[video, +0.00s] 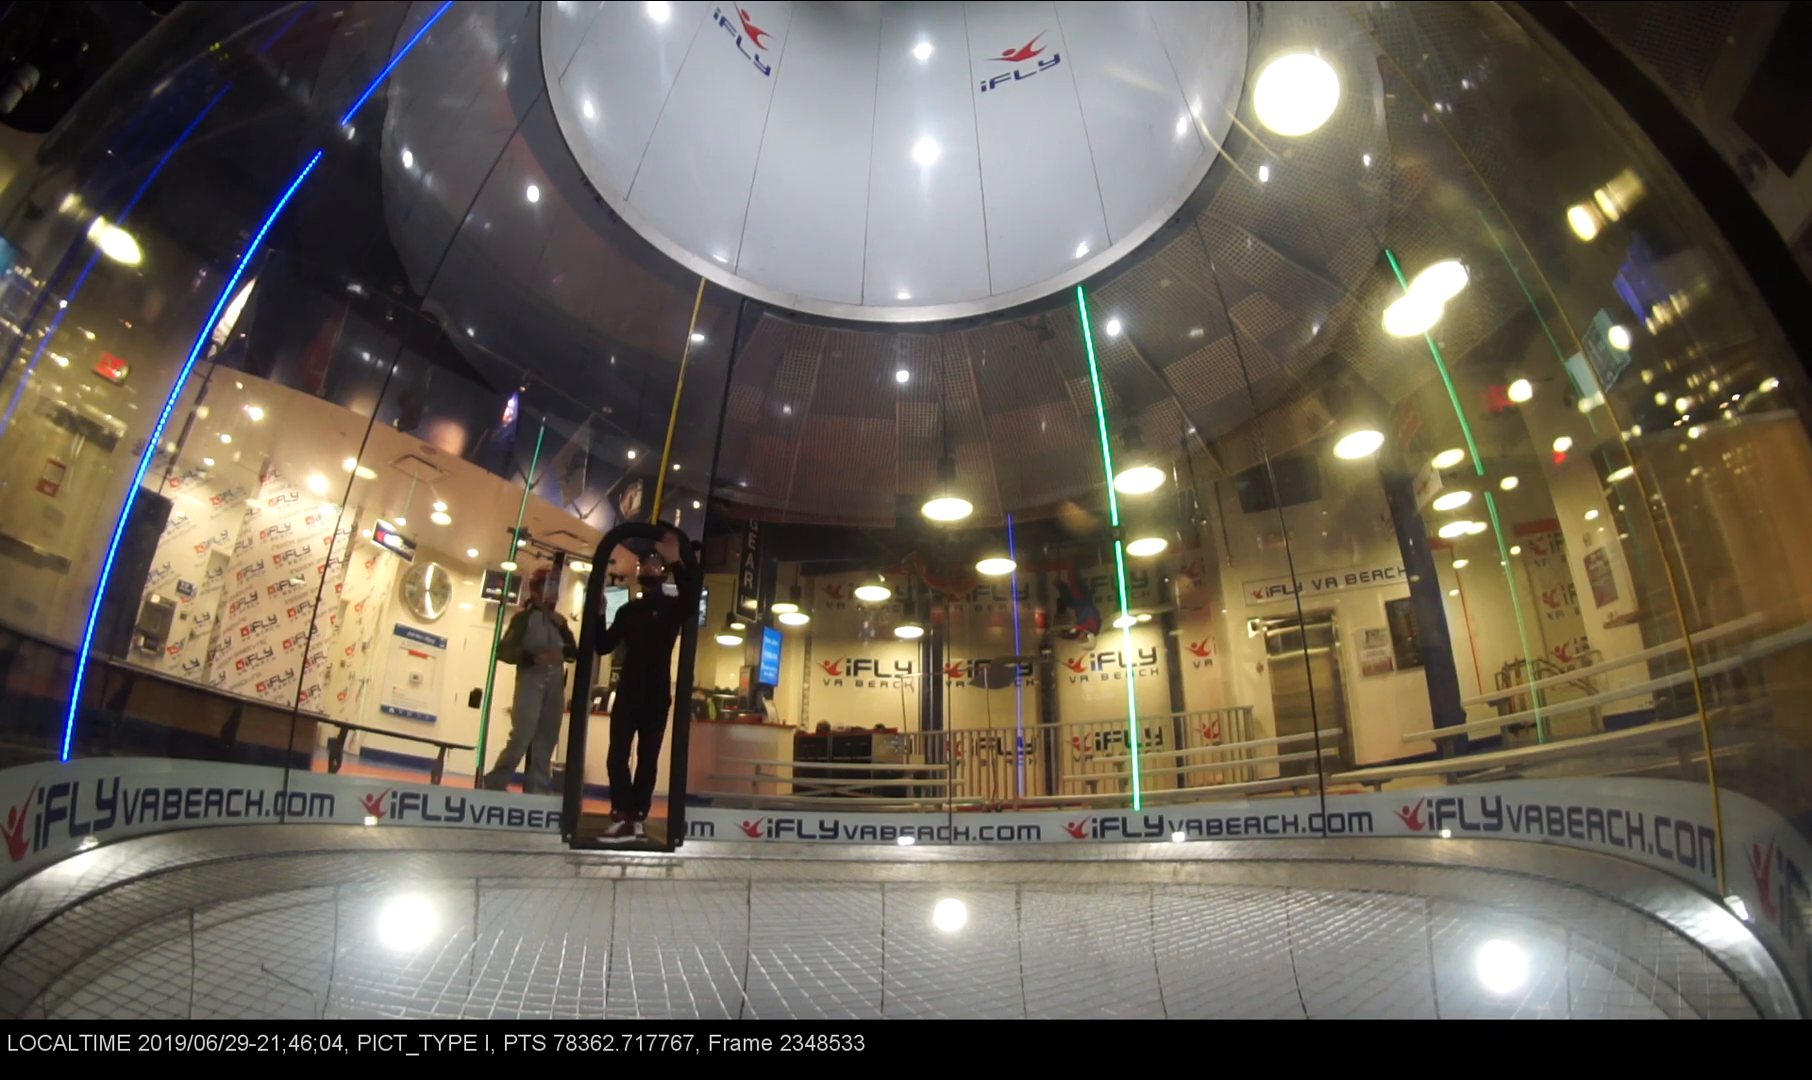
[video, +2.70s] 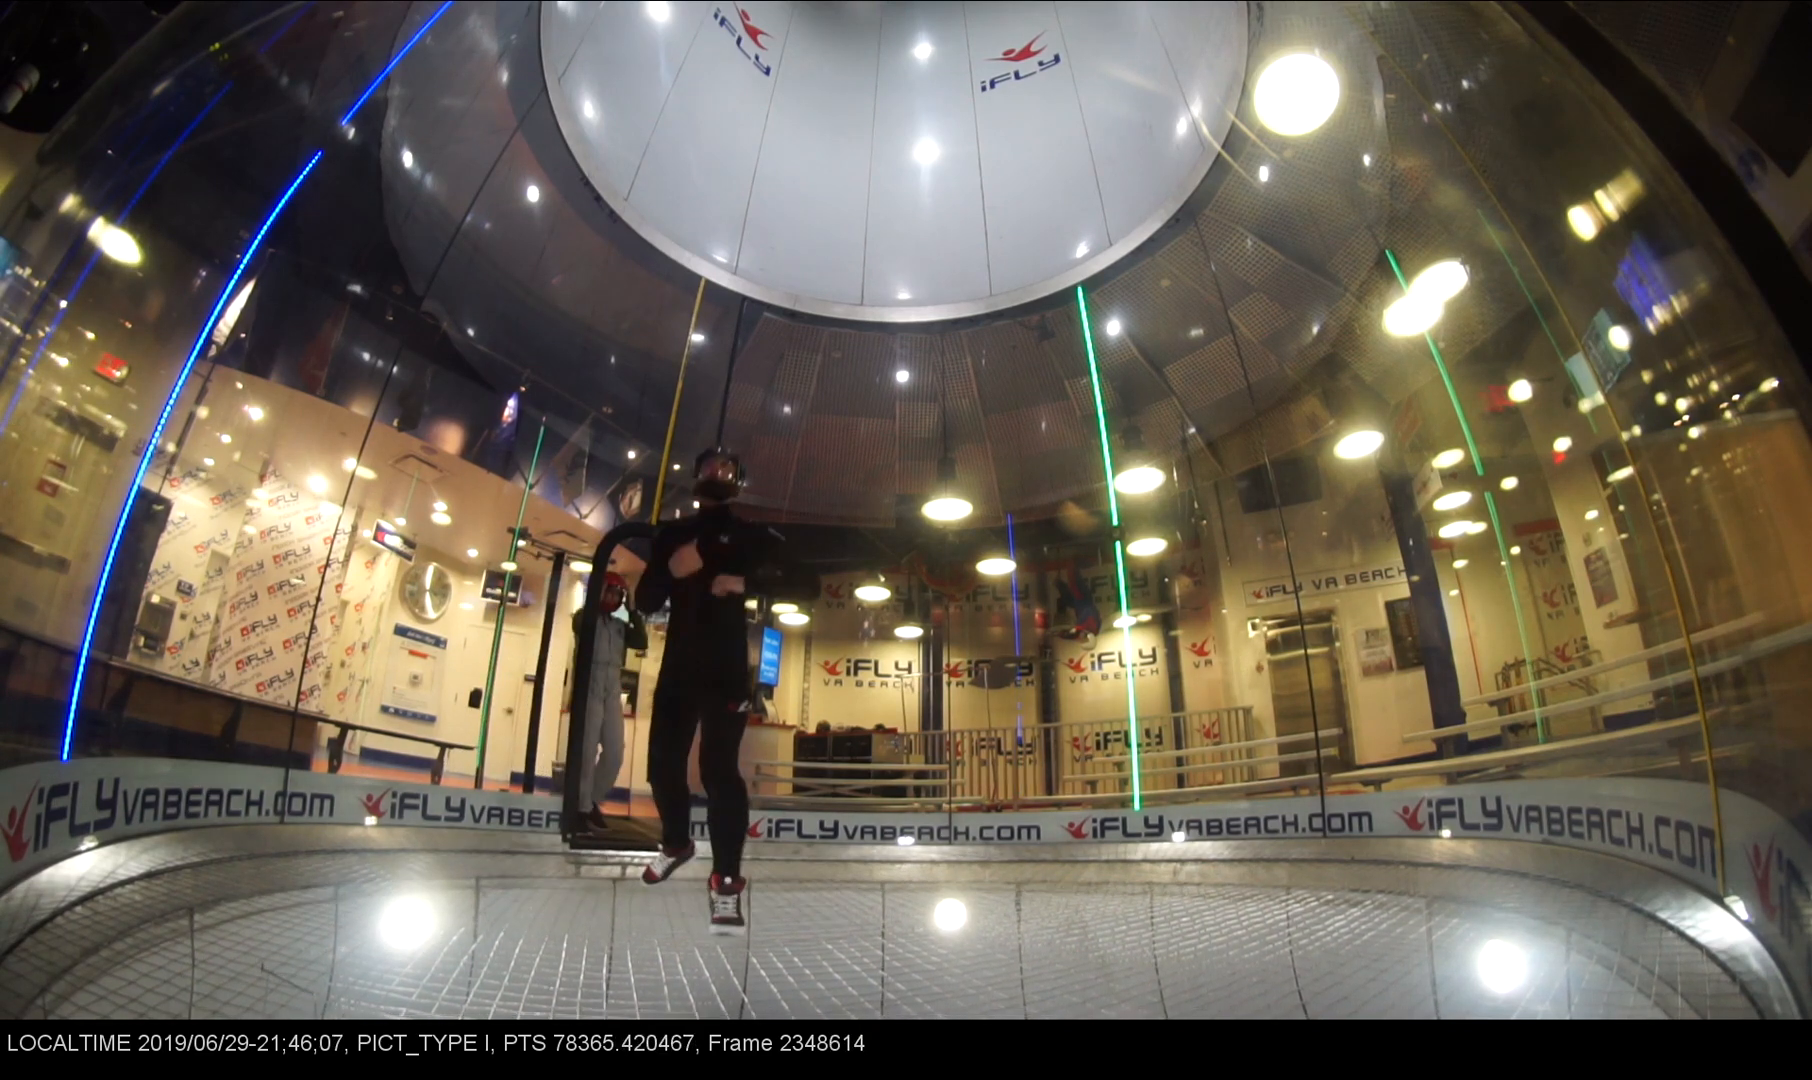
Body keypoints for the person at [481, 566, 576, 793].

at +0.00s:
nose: (550, 592)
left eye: (554, 587)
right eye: (545, 587)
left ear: (558, 591)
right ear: (534, 590)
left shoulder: (558, 621)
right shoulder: (524, 618)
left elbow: (573, 653)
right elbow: (503, 651)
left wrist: (563, 627)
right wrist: (531, 657)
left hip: (555, 683)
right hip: (530, 680)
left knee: (546, 738)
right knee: (523, 735)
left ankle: (538, 792)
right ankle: (493, 783)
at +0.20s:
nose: (556, 596)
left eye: (560, 591)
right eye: (552, 590)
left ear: (565, 595)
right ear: (543, 592)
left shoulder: (568, 623)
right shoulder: (531, 620)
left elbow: (578, 653)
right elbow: (511, 653)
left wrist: (570, 629)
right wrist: (534, 663)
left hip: (558, 682)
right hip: (534, 681)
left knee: (553, 735)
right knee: (538, 735)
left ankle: (542, 785)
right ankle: (527, 786)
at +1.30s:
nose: (572, 596)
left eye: (576, 592)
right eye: (569, 591)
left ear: (581, 597)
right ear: (559, 593)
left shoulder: (579, 627)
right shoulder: (546, 620)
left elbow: (589, 660)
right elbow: (519, 648)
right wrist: (534, 669)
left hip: (570, 685)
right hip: (546, 682)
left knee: (560, 739)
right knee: (549, 740)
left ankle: (541, 791)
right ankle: (544, 794)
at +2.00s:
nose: (583, 597)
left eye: (587, 593)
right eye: (579, 592)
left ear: (592, 596)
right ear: (570, 593)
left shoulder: (591, 623)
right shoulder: (557, 618)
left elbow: (598, 662)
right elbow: (533, 646)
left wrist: (594, 635)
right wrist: (556, 642)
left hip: (581, 690)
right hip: (555, 686)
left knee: (562, 737)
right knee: (561, 735)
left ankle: (545, 786)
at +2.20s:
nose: (588, 597)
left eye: (592, 592)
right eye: (585, 590)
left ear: (595, 596)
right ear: (575, 592)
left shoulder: (592, 625)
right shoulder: (563, 617)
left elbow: (618, 645)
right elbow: (552, 634)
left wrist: (614, 616)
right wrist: (570, 607)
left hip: (584, 688)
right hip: (562, 686)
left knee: (568, 739)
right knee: (565, 737)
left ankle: (548, 786)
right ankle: (573, 793)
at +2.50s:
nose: (605, 601)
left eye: (609, 596)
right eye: (601, 595)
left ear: (611, 601)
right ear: (590, 595)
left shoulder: (611, 627)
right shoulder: (574, 619)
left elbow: (634, 634)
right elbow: (583, 617)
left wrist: (622, 602)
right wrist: (598, 590)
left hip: (602, 695)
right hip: (579, 692)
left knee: (596, 755)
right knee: (582, 754)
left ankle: (567, 796)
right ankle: (577, 810)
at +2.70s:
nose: (614, 596)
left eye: (618, 592)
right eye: (610, 590)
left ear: (622, 598)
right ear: (598, 592)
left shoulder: (621, 626)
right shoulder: (586, 619)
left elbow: (641, 643)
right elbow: (581, 624)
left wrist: (633, 611)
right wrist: (597, 602)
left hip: (613, 691)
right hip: (589, 690)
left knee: (614, 752)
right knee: (586, 750)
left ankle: (594, 800)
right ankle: (581, 807)